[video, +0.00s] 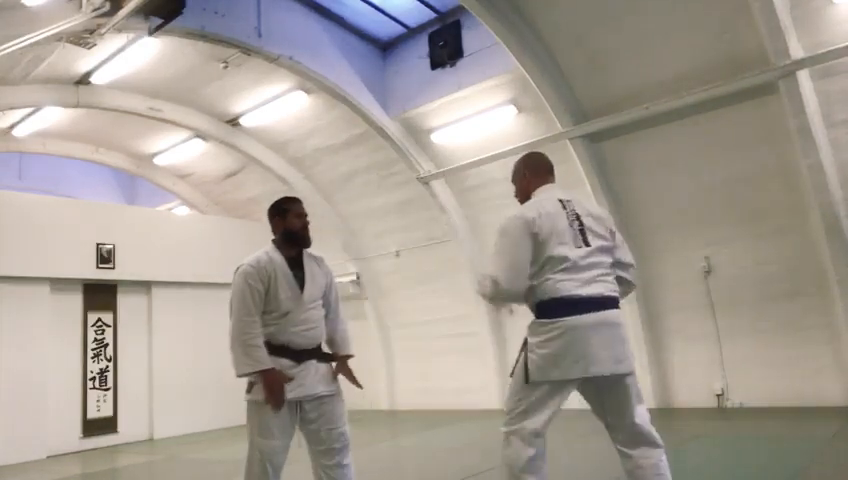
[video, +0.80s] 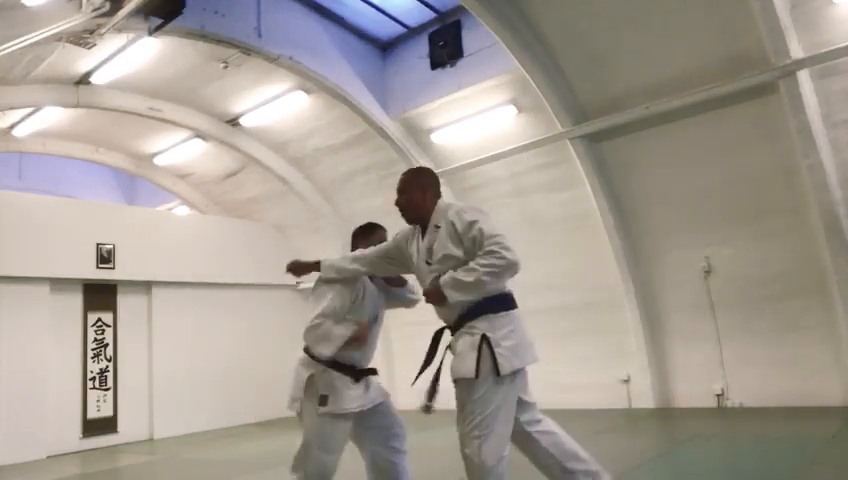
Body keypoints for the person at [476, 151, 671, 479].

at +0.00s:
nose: (515, 193)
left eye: (515, 184)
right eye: (514, 185)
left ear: (525, 179)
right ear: (551, 178)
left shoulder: (524, 218)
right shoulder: (596, 212)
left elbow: (511, 288)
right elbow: (626, 274)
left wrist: (488, 287)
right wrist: (593, 300)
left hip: (557, 335)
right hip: (608, 331)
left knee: (522, 430)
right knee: (636, 432)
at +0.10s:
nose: (504, 195)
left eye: (505, 186)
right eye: (503, 187)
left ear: (517, 185)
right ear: (539, 183)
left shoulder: (514, 223)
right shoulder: (585, 219)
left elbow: (479, 284)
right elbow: (622, 274)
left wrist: (454, 276)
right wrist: (583, 298)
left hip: (546, 339)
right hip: (596, 335)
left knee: (510, 436)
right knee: (630, 435)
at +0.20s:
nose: (484, 202)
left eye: (486, 193)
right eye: (483, 194)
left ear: (500, 191)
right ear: (520, 190)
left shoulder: (496, 231)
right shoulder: (561, 225)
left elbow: (449, 281)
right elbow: (603, 278)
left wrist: (419, 272)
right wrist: (561, 298)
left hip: (535, 343)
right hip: (585, 336)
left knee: (492, 435)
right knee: (607, 433)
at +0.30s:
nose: (458, 201)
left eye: (462, 192)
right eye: (458, 192)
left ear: (481, 193)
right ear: (494, 193)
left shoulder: (483, 235)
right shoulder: (528, 227)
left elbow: (447, 294)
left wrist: (426, 278)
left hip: (523, 348)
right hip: (565, 339)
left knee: (481, 439)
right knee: (588, 434)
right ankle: (628, 477)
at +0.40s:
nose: (435, 204)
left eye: (439, 196)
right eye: (435, 197)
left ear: (461, 193)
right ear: (466, 193)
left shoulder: (486, 228)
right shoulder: (486, 226)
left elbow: (489, 287)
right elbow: (458, 266)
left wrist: (446, 296)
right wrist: (417, 253)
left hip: (516, 340)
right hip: (540, 335)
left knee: (483, 439)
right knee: (581, 428)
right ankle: (624, 476)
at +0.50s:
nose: (417, 208)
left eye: (421, 200)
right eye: (416, 201)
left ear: (442, 199)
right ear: (442, 198)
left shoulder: (485, 224)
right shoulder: (432, 240)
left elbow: (527, 265)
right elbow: (381, 243)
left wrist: (473, 305)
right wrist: (335, 233)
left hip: (507, 344)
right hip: (526, 337)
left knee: (483, 447)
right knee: (578, 424)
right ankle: (626, 476)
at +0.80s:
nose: (395, 200)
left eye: (401, 192)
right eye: (396, 193)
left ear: (424, 192)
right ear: (420, 195)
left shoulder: (460, 217)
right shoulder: (411, 240)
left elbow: (504, 258)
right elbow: (369, 260)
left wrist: (448, 285)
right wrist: (315, 266)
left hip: (489, 335)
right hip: (477, 337)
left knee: (480, 447)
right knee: (527, 424)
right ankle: (590, 475)